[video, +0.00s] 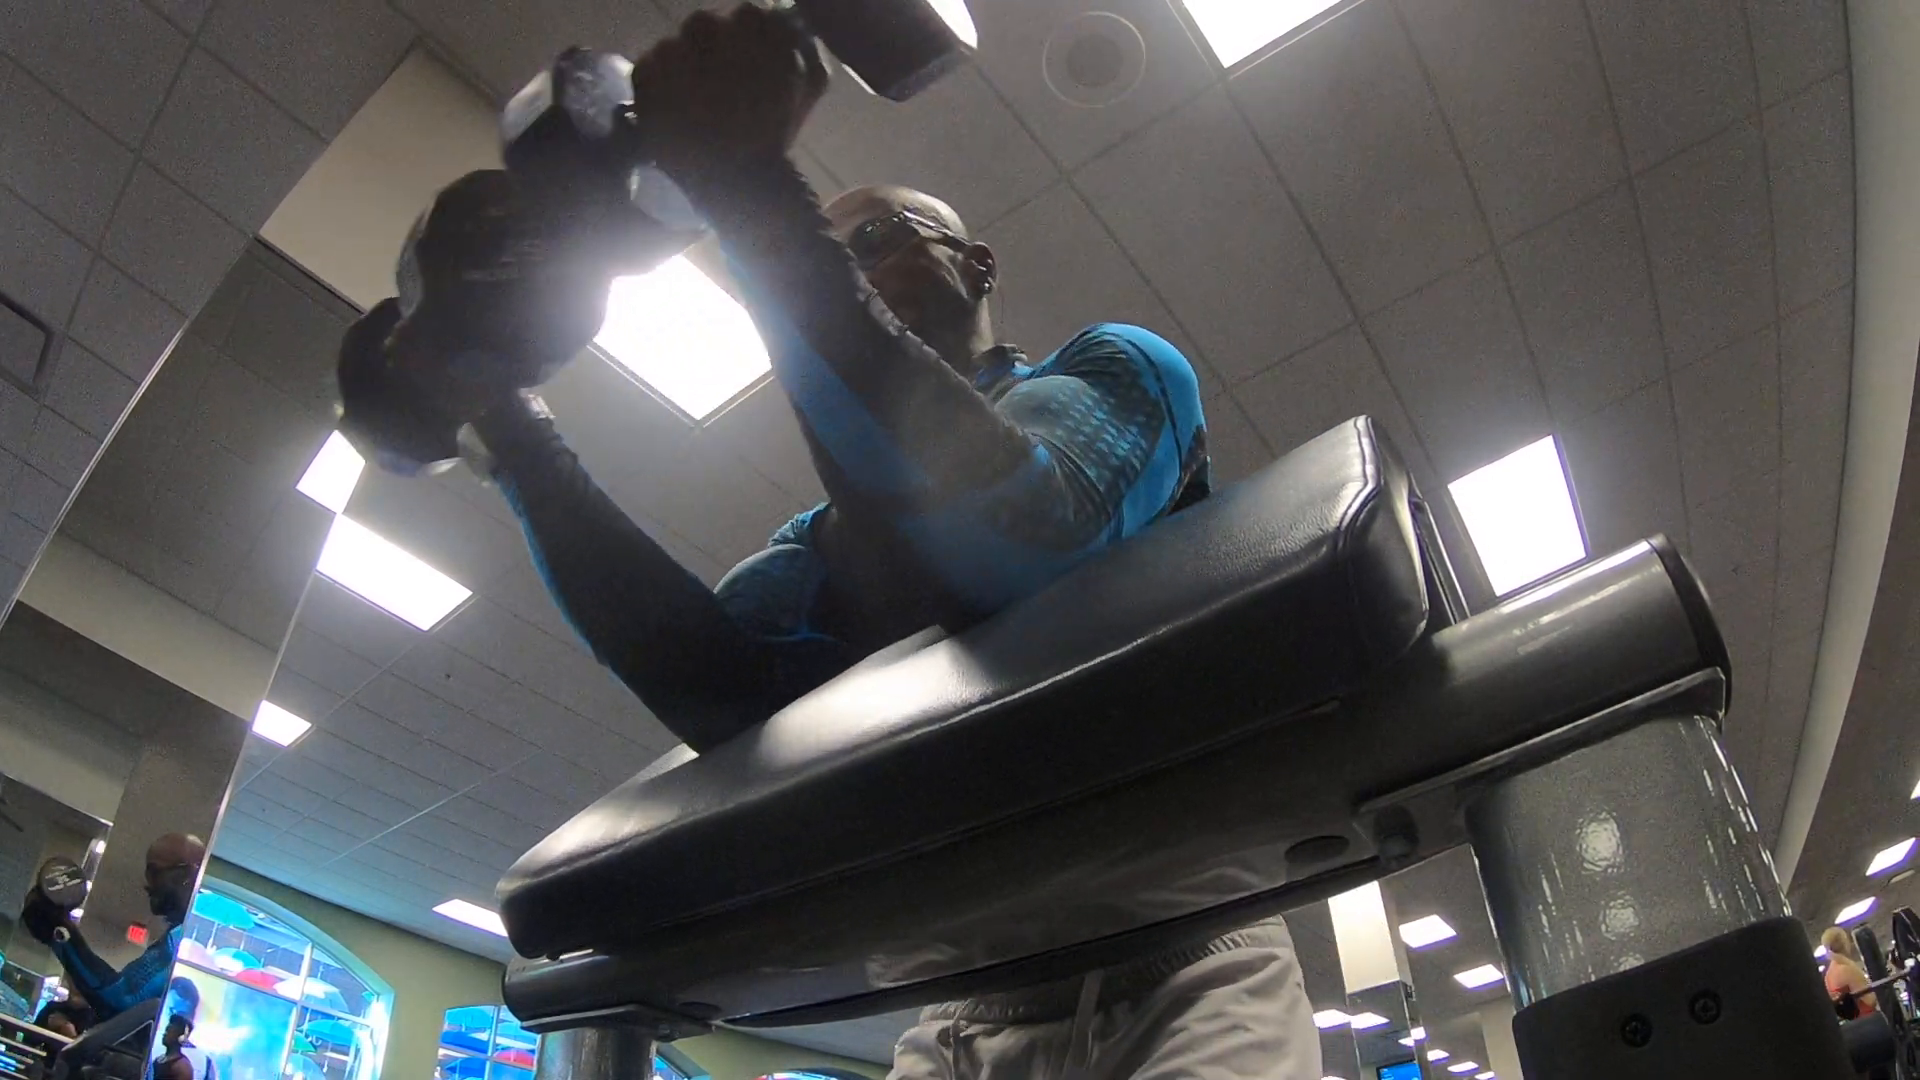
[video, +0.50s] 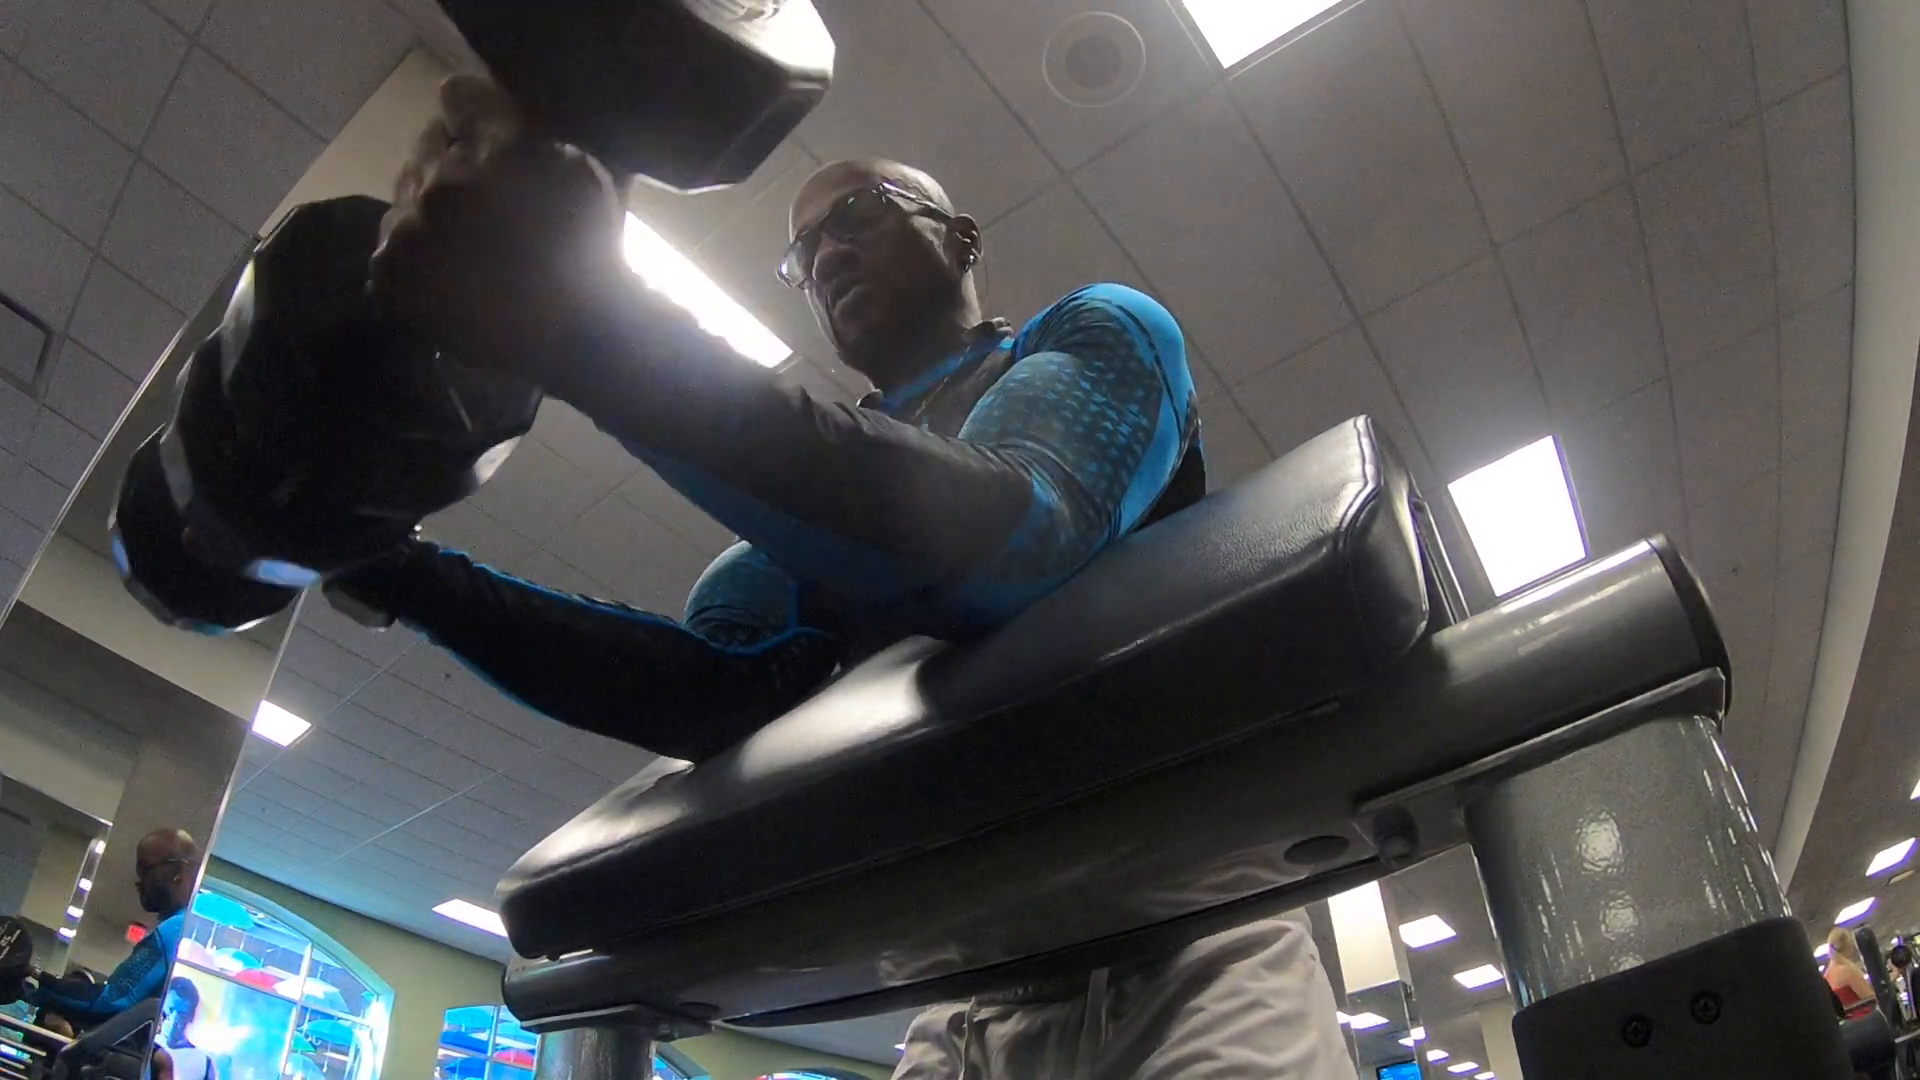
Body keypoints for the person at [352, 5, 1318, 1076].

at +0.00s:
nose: (852, 275)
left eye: (888, 239)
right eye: (823, 265)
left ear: (978, 270)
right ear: (807, 322)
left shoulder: (1120, 369)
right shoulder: (838, 538)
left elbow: (1016, 538)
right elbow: (719, 692)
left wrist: (744, 191)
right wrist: (509, 428)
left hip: (1199, 960)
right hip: (964, 1021)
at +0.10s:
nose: (825, 275)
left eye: (860, 236)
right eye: (801, 273)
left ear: (961, 256)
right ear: (790, 321)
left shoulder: (1104, 361)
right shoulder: (820, 532)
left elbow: (1015, 534)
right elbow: (709, 688)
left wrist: (696, 203)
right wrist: (453, 439)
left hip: (1195, 956)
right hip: (957, 1010)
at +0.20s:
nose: (816, 266)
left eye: (853, 228)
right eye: (794, 266)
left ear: (954, 250)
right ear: (800, 320)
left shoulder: (1096, 346)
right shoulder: (816, 514)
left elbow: (1027, 543)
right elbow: (709, 689)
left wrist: (664, 231)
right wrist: (424, 452)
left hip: (1199, 947)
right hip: (966, 1004)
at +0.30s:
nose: (818, 267)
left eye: (850, 226)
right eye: (799, 263)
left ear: (955, 241)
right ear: (802, 314)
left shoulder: (1099, 341)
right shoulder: (823, 505)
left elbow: (1034, 541)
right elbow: (715, 682)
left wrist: (640, 259)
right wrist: (407, 484)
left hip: (1211, 940)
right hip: (971, 1001)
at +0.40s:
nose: (823, 261)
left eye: (855, 225)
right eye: (804, 262)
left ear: (959, 241)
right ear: (812, 314)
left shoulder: (1100, 333)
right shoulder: (818, 500)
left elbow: (1031, 539)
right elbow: (708, 687)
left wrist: (615, 278)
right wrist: (415, 529)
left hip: (1214, 929)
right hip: (975, 994)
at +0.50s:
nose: (815, 261)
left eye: (849, 224)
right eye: (799, 258)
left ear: (956, 237)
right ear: (812, 310)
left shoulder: (1101, 329)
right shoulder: (822, 495)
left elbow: (1019, 541)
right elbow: (701, 696)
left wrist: (589, 328)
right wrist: (374, 560)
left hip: (1206, 939)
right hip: (974, 998)